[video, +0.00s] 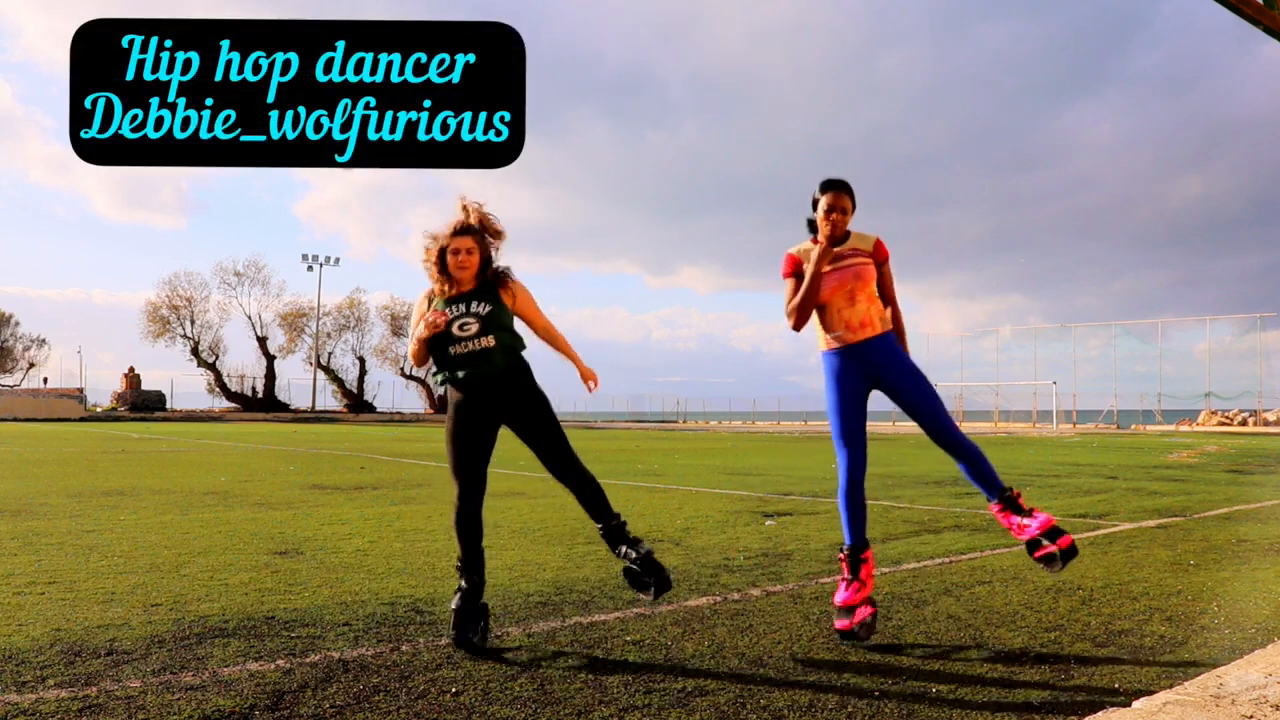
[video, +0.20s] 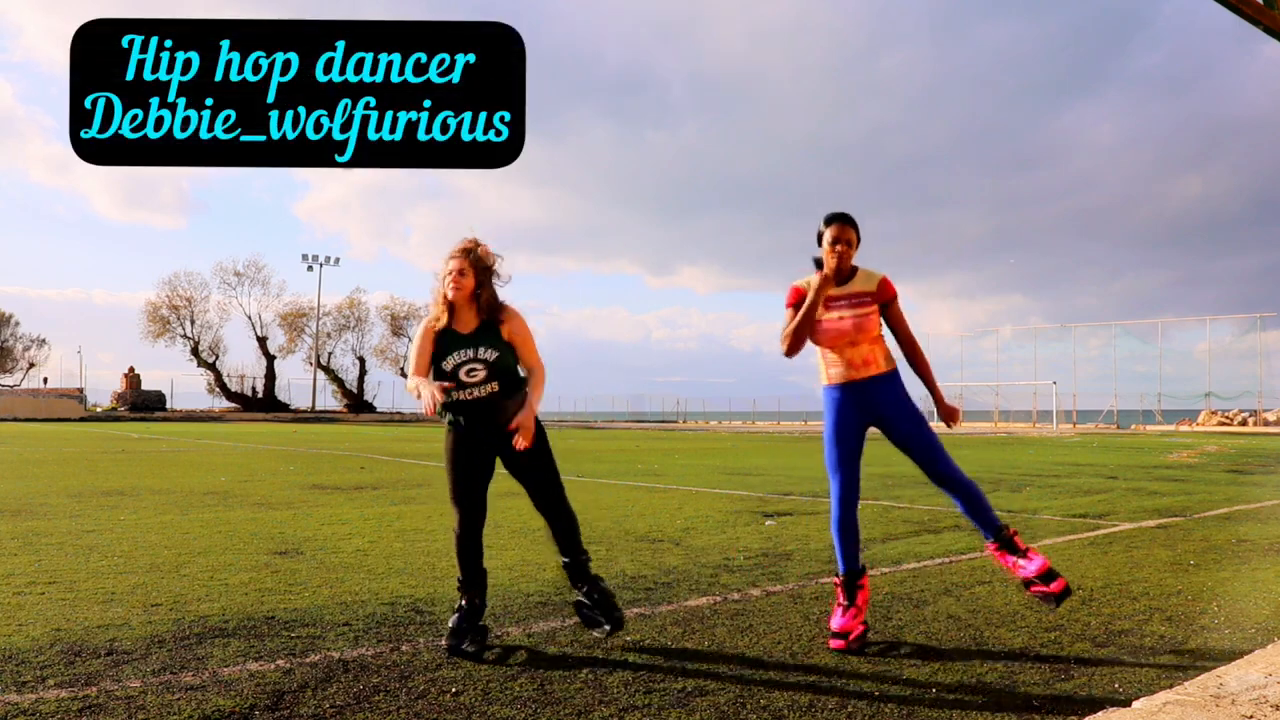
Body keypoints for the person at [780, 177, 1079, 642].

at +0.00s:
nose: (836, 218)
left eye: (843, 211)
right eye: (830, 210)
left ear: (852, 215)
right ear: (814, 212)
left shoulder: (871, 248)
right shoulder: (799, 257)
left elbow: (891, 307)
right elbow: (795, 320)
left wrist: (902, 359)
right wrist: (817, 260)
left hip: (886, 353)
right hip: (841, 364)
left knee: (951, 437)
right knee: (851, 467)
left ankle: (1014, 512)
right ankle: (856, 569)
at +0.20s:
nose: (842, 250)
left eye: (848, 243)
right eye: (835, 242)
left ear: (857, 247)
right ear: (821, 245)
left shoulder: (876, 285)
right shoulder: (802, 291)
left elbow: (908, 343)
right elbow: (789, 347)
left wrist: (939, 398)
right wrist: (819, 290)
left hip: (888, 390)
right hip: (841, 398)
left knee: (947, 473)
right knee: (843, 497)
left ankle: (1009, 547)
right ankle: (849, 594)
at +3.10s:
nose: (898, 229)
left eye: (906, 223)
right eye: (892, 222)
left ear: (919, 228)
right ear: (883, 226)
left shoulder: (941, 263)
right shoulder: (865, 263)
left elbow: (988, 300)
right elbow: (837, 319)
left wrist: (980, 345)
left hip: (913, 373)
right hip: (869, 369)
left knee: (918, 477)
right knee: (840, 464)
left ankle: (923, 575)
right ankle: (817, 559)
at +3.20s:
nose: (886, 220)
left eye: (894, 214)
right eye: (881, 212)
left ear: (906, 218)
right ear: (870, 214)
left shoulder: (925, 251)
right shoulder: (851, 252)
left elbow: (962, 299)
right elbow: (833, 311)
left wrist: (961, 353)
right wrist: (860, 279)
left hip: (910, 358)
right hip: (863, 357)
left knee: (926, 462)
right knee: (851, 459)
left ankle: (940, 558)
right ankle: (842, 559)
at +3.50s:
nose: (843, 247)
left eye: (851, 241)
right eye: (837, 240)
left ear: (861, 245)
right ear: (826, 244)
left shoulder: (883, 277)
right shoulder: (813, 287)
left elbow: (895, 329)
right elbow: (812, 348)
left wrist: (898, 370)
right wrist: (830, 294)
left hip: (894, 376)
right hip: (852, 388)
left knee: (959, 454)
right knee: (858, 487)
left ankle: (1025, 526)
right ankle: (865, 584)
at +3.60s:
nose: (839, 231)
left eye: (847, 225)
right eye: (833, 223)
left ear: (858, 228)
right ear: (822, 226)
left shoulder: (880, 258)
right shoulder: (809, 270)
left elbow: (894, 307)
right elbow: (810, 329)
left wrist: (895, 346)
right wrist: (827, 277)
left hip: (894, 358)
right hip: (852, 370)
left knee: (956, 439)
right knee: (860, 469)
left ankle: (1019, 515)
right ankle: (864, 570)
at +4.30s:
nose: (879, 246)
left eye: (885, 239)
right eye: (872, 240)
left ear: (899, 241)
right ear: (863, 244)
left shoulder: (919, 283)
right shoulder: (851, 279)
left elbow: (924, 344)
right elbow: (822, 337)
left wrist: (884, 320)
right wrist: (801, 391)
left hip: (888, 390)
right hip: (846, 380)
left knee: (876, 489)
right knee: (804, 464)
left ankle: (860, 578)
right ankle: (757, 547)